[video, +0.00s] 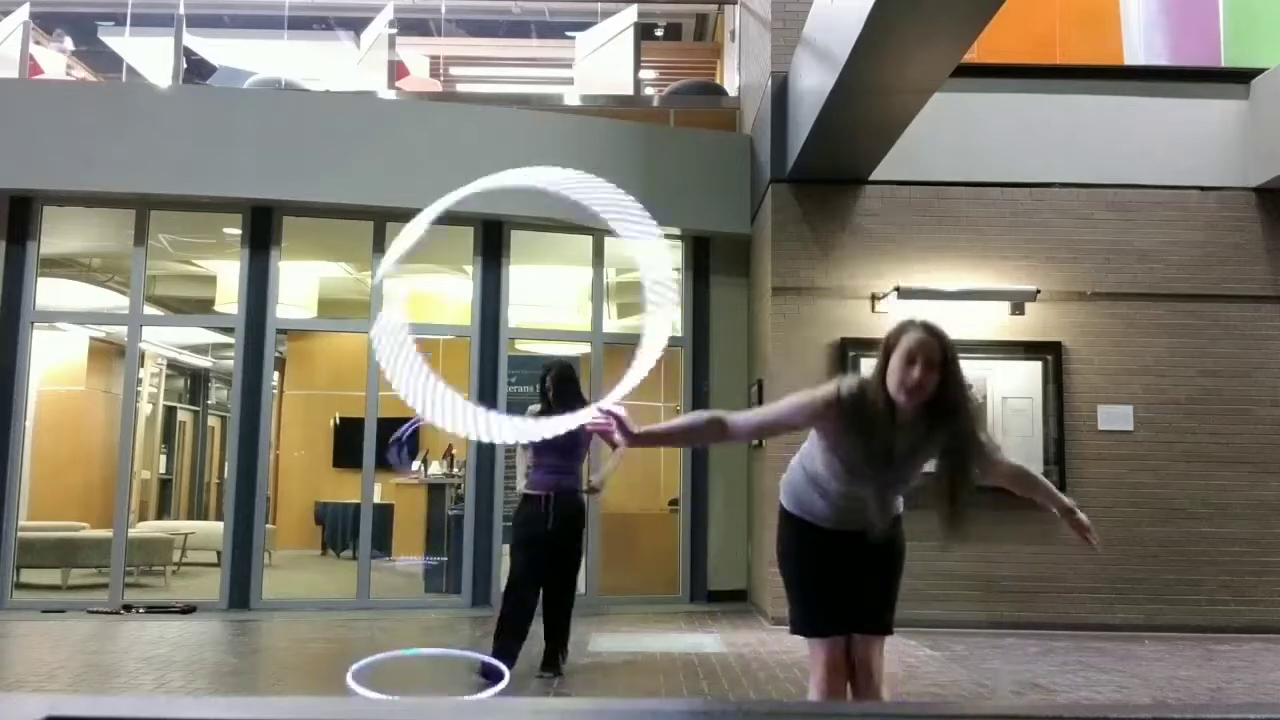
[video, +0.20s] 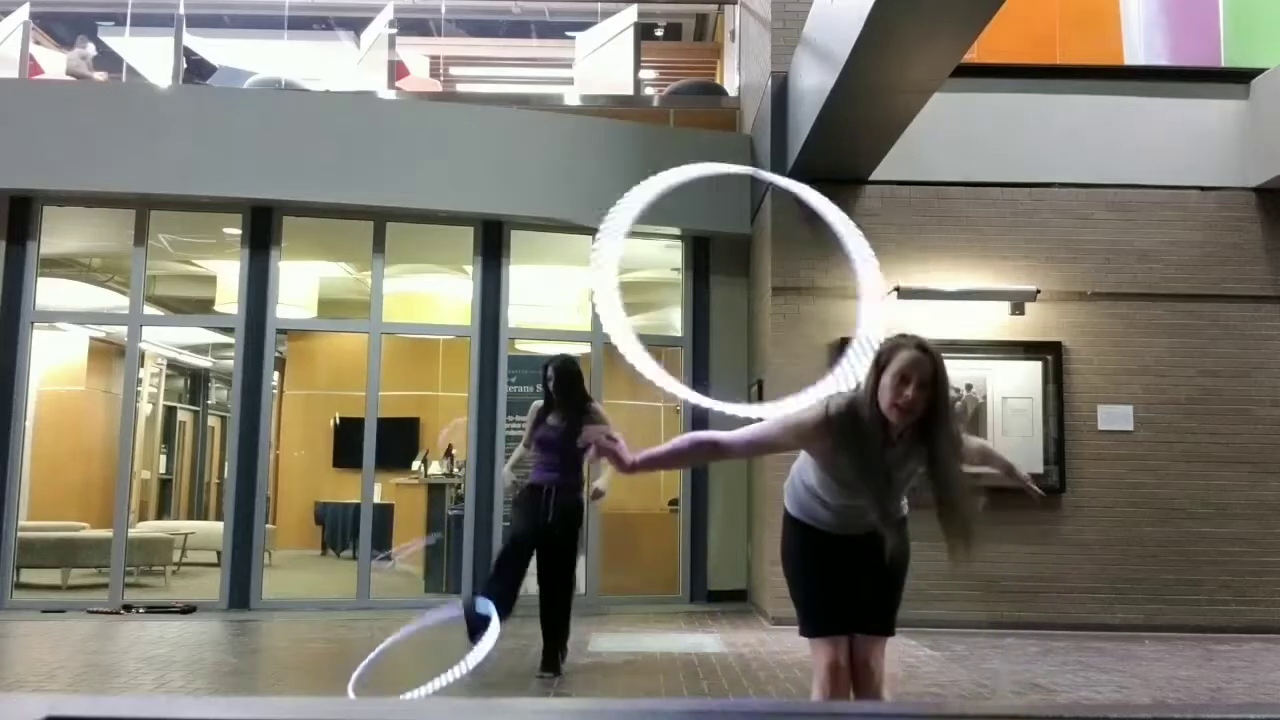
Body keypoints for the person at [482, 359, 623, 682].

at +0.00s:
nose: (551, 388)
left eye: (557, 382)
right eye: (548, 382)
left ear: (568, 384)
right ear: (543, 385)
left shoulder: (587, 416)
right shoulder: (535, 414)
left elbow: (620, 446)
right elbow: (523, 449)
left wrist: (601, 478)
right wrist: (522, 482)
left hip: (567, 504)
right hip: (532, 502)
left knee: (560, 584)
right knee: (520, 582)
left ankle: (553, 659)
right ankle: (499, 662)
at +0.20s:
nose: (552, 386)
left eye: (558, 380)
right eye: (549, 380)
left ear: (573, 381)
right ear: (545, 381)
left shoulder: (590, 414)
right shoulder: (539, 409)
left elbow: (609, 453)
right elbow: (524, 446)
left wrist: (604, 480)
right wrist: (507, 467)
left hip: (565, 499)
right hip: (532, 495)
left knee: (556, 579)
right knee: (515, 550)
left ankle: (552, 656)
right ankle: (484, 618)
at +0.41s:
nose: (543, 383)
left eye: (548, 377)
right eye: (540, 377)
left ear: (563, 378)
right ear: (538, 379)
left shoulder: (584, 408)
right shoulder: (536, 408)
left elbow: (573, 452)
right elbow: (514, 445)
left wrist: (546, 477)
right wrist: (488, 466)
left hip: (570, 489)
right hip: (540, 474)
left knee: (554, 567)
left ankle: (552, 646)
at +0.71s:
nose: (530, 424)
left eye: (534, 418)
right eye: (529, 418)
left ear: (548, 416)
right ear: (531, 416)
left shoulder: (574, 427)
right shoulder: (534, 430)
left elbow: (573, 439)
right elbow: (495, 425)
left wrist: (552, 433)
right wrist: (471, 395)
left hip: (578, 512)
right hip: (553, 506)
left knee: (563, 583)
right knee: (532, 485)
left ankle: (559, 654)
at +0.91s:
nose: (517, 434)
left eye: (522, 429)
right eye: (517, 429)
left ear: (536, 427)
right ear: (521, 429)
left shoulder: (568, 437)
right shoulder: (525, 445)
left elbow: (604, 443)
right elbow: (496, 447)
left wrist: (636, 451)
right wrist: (467, 434)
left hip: (585, 507)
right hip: (554, 504)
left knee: (562, 577)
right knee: (522, 554)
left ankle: (558, 653)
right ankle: (545, 601)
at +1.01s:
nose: (518, 423)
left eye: (521, 416)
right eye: (516, 417)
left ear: (535, 414)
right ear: (523, 417)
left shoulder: (570, 430)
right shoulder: (535, 443)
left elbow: (611, 442)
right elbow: (507, 468)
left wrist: (652, 457)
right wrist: (474, 472)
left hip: (583, 507)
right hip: (555, 505)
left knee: (554, 576)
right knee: (525, 578)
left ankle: (560, 655)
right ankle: (548, 635)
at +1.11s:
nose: (519, 418)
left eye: (522, 412)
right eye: (517, 413)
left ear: (538, 409)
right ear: (519, 414)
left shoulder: (571, 428)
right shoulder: (525, 440)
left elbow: (613, 440)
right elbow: (518, 478)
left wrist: (659, 449)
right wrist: (510, 490)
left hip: (577, 509)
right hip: (551, 511)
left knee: (548, 565)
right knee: (535, 578)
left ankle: (575, 620)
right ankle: (551, 653)